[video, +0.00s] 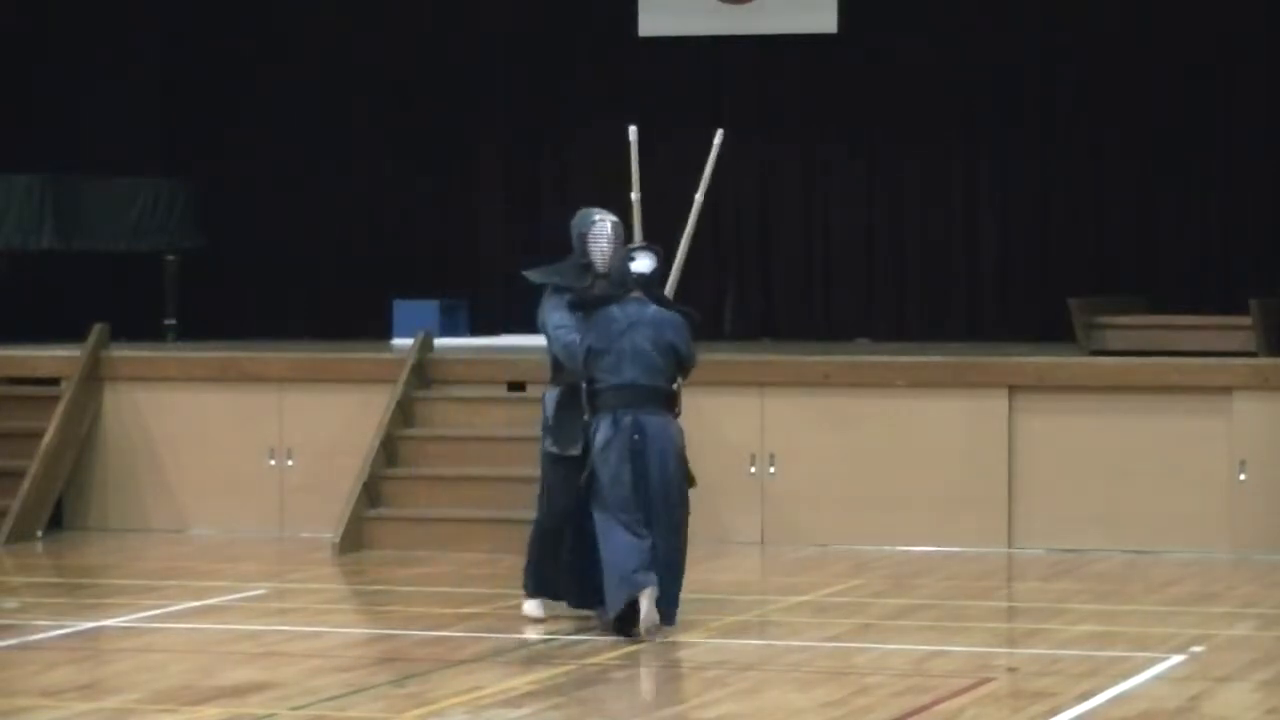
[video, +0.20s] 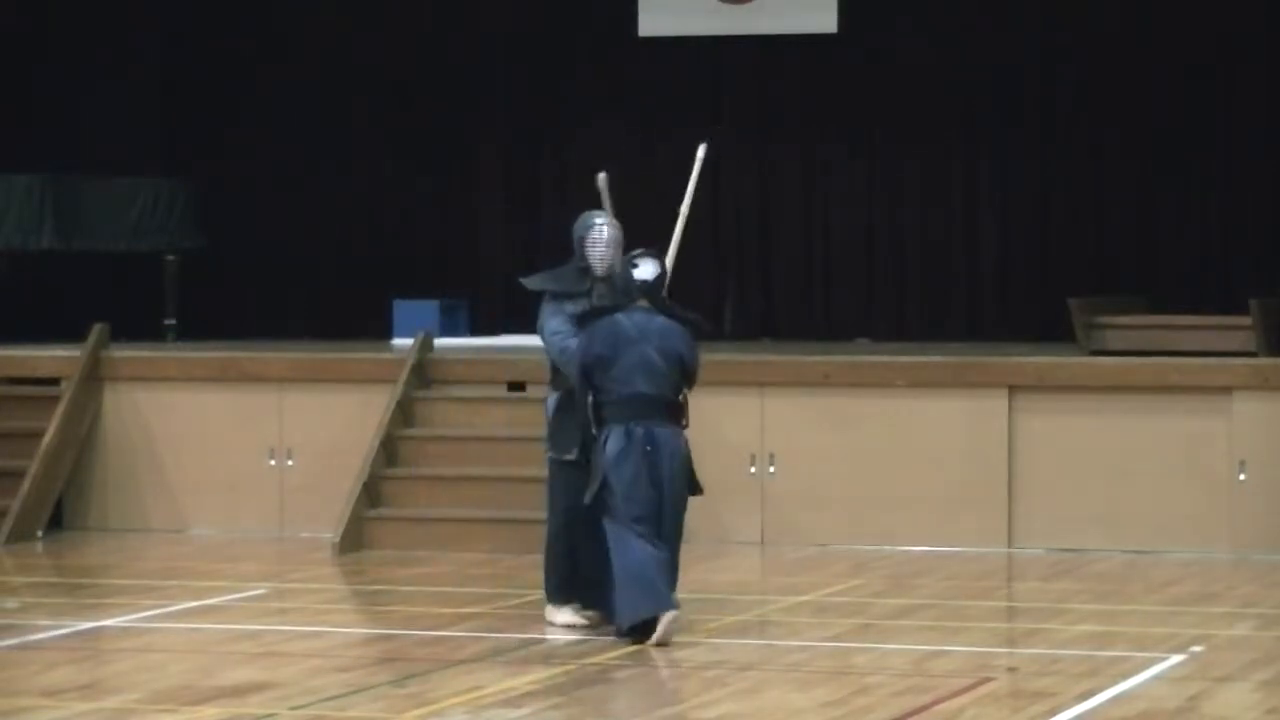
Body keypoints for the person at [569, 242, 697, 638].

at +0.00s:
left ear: (616, 283)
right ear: (648, 283)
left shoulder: (600, 320)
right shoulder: (669, 319)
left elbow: (575, 358)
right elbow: (686, 363)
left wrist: (555, 313)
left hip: (613, 421)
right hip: (660, 422)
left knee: (616, 509)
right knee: (665, 514)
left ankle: (640, 584)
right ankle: (662, 610)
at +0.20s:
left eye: (624, 283)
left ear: (623, 287)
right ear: (658, 288)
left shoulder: (601, 332)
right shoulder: (675, 330)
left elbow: (580, 374)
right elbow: (689, 375)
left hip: (622, 432)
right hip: (668, 432)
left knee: (625, 520)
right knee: (664, 521)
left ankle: (658, 604)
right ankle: (646, 612)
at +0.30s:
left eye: (623, 284)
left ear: (623, 289)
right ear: (659, 290)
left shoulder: (601, 334)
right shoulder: (680, 335)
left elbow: (581, 387)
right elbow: (689, 384)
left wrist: (589, 420)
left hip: (623, 436)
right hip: (669, 435)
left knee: (632, 525)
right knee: (664, 527)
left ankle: (663, 612)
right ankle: (638, 617)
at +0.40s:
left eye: (621, 286)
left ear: (622, 290)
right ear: (659, 292)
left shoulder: (601, 336)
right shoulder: (682, 336)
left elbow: (580, 396)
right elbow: (690, 386)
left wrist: (591, 423)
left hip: (623, 437)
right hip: (670, 436)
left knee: (632, 526)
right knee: (664, 528)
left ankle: (663, 614)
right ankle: (637, 617)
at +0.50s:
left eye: (626, 281)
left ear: (626, 285)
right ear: (663, 288)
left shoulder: (607, 332)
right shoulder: (684, 334)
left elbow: (583, 387)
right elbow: (691, 380)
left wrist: (591, 417)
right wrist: (658, 398)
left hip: (625, 435)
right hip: (671, 435)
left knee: (634, 525)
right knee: (665, 527)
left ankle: (663, 617)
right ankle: (637, 617)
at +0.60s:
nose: (628, 285)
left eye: (628, 278)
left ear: (629, 282)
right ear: (667, 285)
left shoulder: (605, 329)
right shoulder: (686, 331)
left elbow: (581, 383)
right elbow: (688, 375)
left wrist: (591, 412)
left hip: (627, 434)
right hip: (674, 433)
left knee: (635, 524)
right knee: (666, 525)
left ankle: (664, 619)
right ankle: (636, 618)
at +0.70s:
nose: (624, 282)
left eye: (626, 276)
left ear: (629, 281)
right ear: (667, 283)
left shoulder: (608, 328)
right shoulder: (685, 327)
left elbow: (582, 383)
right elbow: (691, 366)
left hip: (631, 433)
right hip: (678, 432)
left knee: (635, 527)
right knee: (668, 525)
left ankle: (666, 620)